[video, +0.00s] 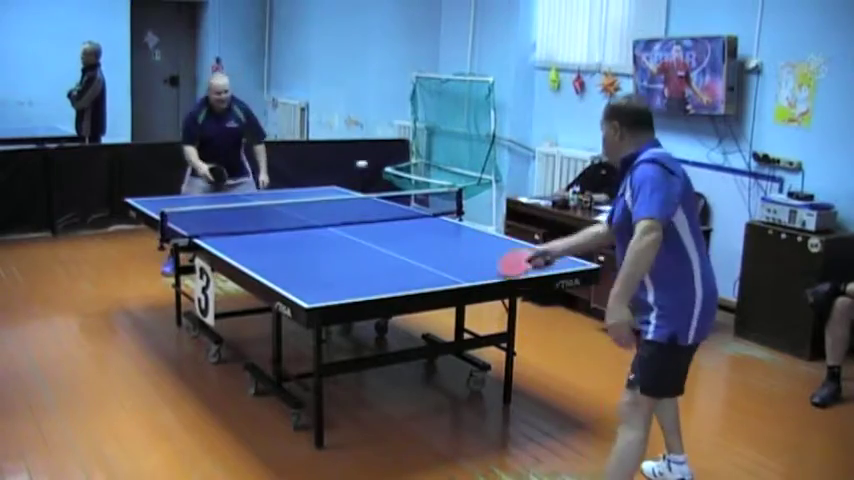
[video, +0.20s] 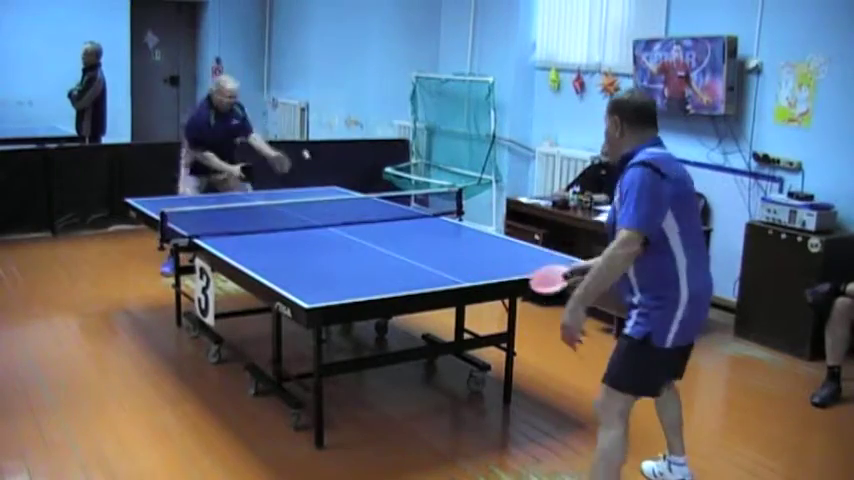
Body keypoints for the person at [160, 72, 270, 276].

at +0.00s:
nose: (221, 97)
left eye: (225, 92)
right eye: (216, 93)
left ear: (231, 92)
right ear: (208, 93)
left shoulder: (241, 111)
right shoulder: (196, 114)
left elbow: (258, 141)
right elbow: (188, 145)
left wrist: (263, 172)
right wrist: (200, 166)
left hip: (238, 175)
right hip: (203, 174)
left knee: (253, 214)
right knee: (185, 213)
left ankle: (258, 261)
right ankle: (174, 255)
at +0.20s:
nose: (232, 101)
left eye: (234, 96)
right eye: (227, 96)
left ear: (236, 96)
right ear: (214, 95)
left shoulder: (236, 111)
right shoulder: (199, 117)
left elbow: (250, 136)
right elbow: (198, 152)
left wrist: (271, 154)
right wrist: (230, 169)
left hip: (225, 168)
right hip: (196, 169)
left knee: (248, 203)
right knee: (187, 207)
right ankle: (174, 253)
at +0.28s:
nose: (245, 102)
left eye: (247, 98)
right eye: (242, 97)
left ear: (243, 96)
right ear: (228, 94)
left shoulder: (238, 111)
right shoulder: (209, 113)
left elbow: (252, 131)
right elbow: (207, 149)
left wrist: (282, 138)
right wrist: (236, 165)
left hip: (221, 166)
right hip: (194, 166)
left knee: (247, 199)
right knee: (189, 206)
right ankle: (171, 254)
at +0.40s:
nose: (261, 106)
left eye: (262, 103)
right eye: (260, 102)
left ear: (251, 97)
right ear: (250, 97)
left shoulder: (243, 111)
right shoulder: (228, 112)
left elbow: (240, 133)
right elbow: (220, 149)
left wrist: (260, 132)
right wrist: (242, 172)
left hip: (223, 164)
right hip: (199, 164)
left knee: (240, 205)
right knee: (190, 207)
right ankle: (167, 253)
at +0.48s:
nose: (272, 111)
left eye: (274, 107)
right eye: (272, 106)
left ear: (261, 97)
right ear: (265, 102)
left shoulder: (245, 109)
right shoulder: (240, 114)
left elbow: (245, 136)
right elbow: (229, 149)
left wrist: (260, 145)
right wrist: (242, 177)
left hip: (219, 166)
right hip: (201, 166)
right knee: (193, 209)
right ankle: (167, 253)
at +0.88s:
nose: (285, 123)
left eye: (289, 121)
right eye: (288, 119)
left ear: (283, 108)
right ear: (283, 110)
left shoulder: (266, 115)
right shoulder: (259, 111)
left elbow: (255, 150)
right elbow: (241, 143)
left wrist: (269, 169)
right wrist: (242, 176)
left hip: (235, 161)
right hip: (215, 161)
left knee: (253, 199)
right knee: (216, 205)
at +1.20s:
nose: (300, 116)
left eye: (304, 113)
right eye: (303, 112)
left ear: (300, 103)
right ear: (300, 104)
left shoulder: (285, 114)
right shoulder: (273, 107)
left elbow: (278, 151)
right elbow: (255, 137)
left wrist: (279, 178)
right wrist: (249, 170)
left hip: (259, 163)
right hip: (235, 160)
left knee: (272, 201)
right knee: (229, 204)